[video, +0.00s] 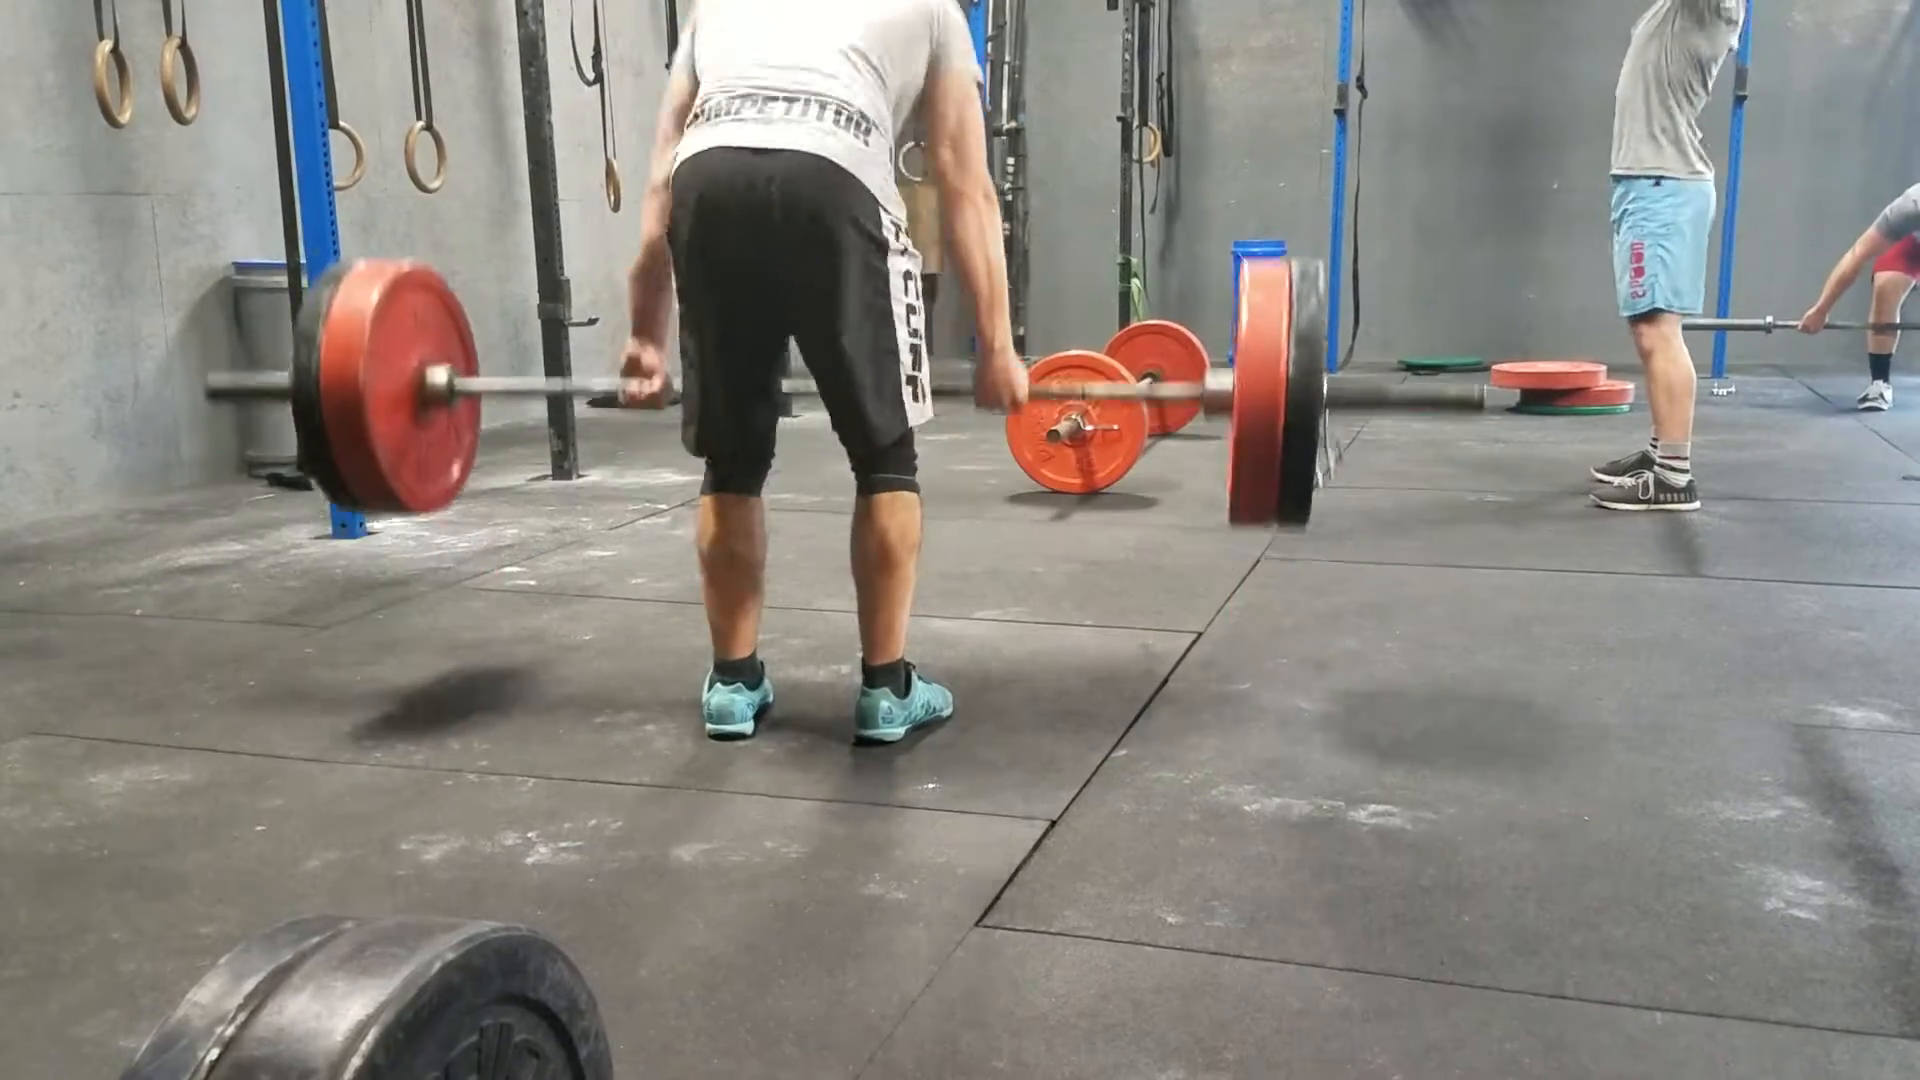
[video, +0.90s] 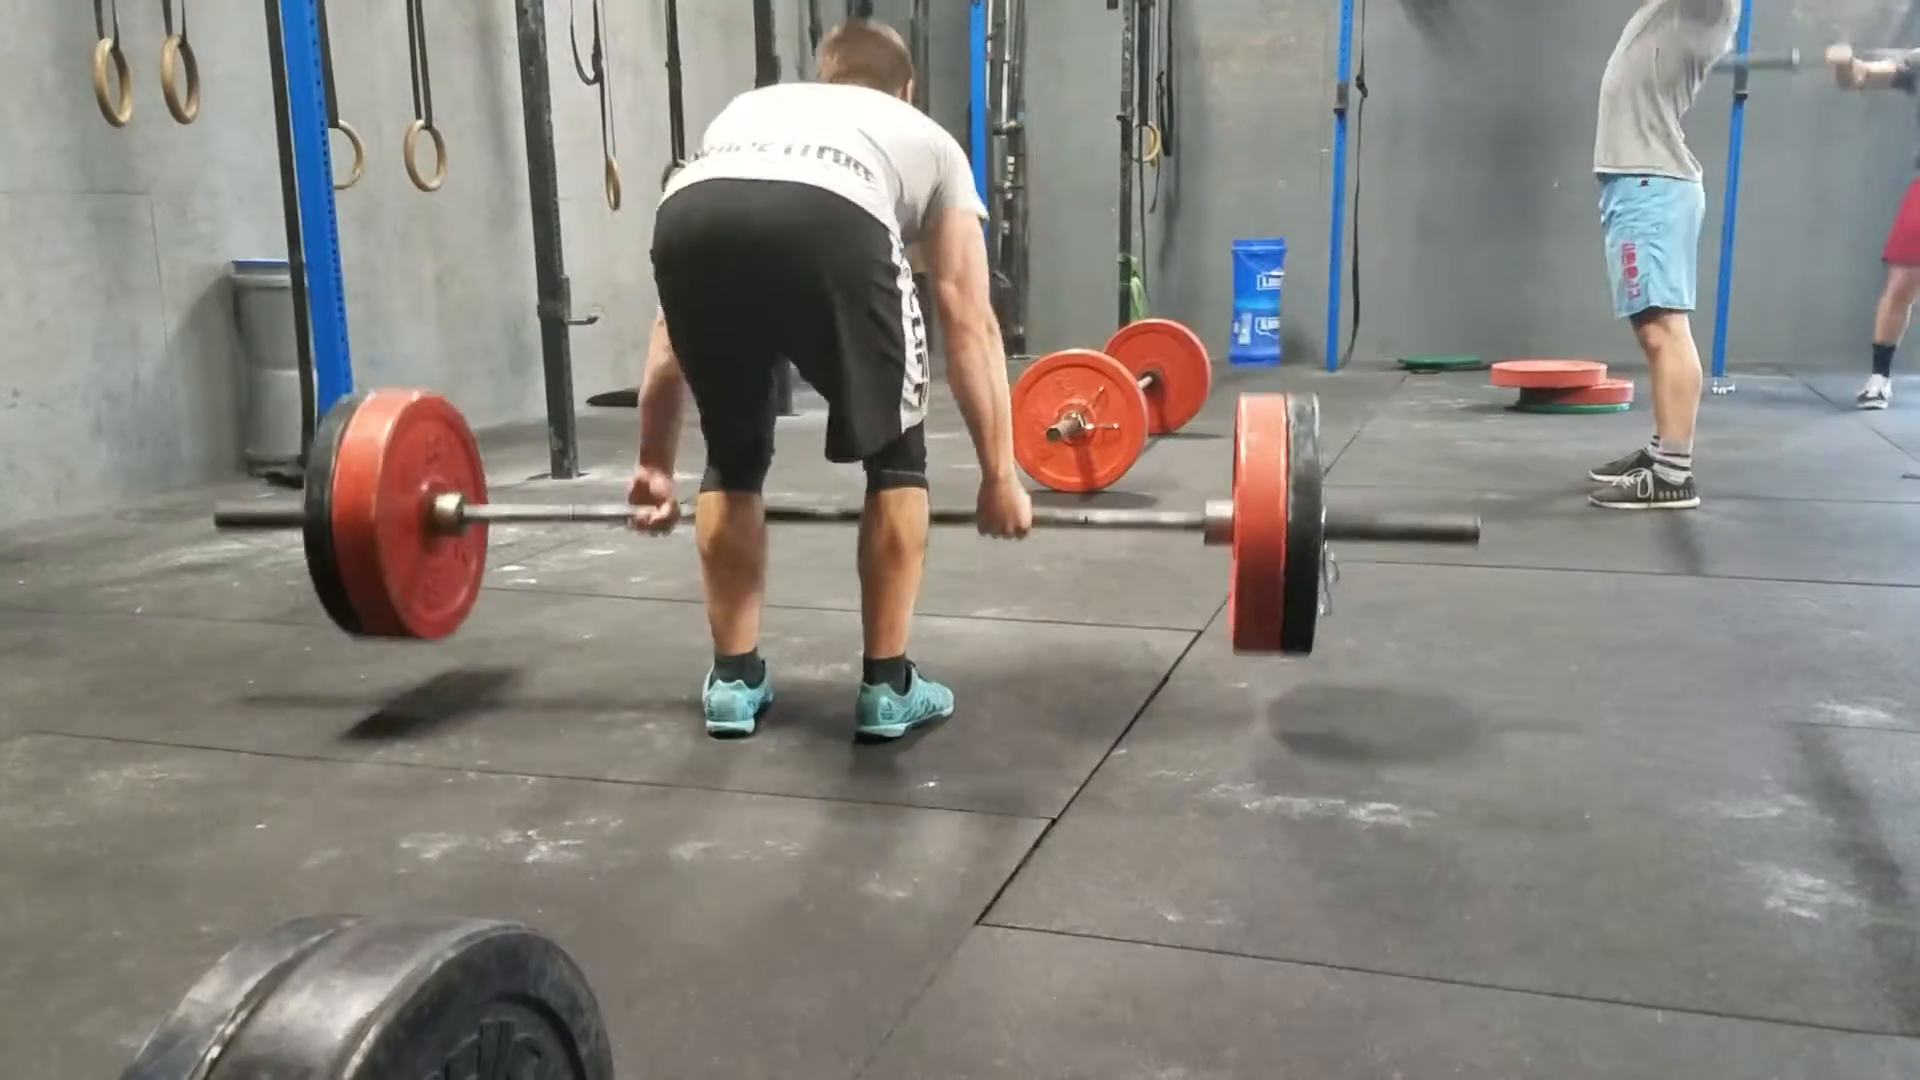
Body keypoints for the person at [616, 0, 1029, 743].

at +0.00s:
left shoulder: (713, 15)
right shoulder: (930, 11)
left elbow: (659, 219)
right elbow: (965, 184)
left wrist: (647, 338)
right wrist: (998, 342)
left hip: (709, 189)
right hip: (834, 189)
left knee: (731, 462)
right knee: (885, 459)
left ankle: (731, 682)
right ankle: (885, 687)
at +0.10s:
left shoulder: (689, 5)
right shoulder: (929, 4)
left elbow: (660, 118)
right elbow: (960, 111)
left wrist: (639, 261)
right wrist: (995, 267)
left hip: (725, 180)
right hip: (847, 182)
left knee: (737, 453)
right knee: (880, 454)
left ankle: (732, 681)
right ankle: (885, 686)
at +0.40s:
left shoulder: (683, 7)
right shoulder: (930, 5)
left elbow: (658, 146)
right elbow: (958, 147)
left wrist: (643, 295)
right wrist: (995, 304)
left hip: (707, 215)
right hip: (834, 214)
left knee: (735, 455)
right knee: (885, 457)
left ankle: (731, 681)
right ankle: (885, 687)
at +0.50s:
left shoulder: (714, 17)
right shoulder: (928, 25)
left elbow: (670, 211)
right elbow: (961, 224)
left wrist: (651, 374)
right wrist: (998, 390)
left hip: (702, 217)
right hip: (833, 219)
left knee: (721, 468)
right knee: (895, 461)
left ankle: (732, 682)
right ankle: (886, 687)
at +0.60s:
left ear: (807, 52)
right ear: (899, 59)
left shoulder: (732, 97)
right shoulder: (928, 122)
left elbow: (678, 311)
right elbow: (964, 316)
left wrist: (657, 464)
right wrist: (1000, 480)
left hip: (698, 240)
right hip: (834, 244)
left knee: (719, 473)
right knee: (904, 466)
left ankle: (733, 683)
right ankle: (886, 685)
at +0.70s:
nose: (913, 168)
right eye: (914, 159)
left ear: (822, 143)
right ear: (907, 155)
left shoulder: (746, 173)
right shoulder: (932, 209)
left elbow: (680, 392)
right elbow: (966, 395)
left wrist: (663, 538)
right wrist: (1003, 550)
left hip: (695, 272)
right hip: (838, 283)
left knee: (730, 476)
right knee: (911, 479)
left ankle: (735, 683)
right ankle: (886, 685)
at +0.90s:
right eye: (916, 98)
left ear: (819, 78)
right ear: (908, 91)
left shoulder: (745, 109)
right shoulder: (931, 142)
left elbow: (673, 331)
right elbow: (963, 312)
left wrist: (654, 465)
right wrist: (1000, 473)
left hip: (696, 218)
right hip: (833, 228)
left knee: (732, 463)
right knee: (894, 463)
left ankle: (733, 680)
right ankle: (886, 686)